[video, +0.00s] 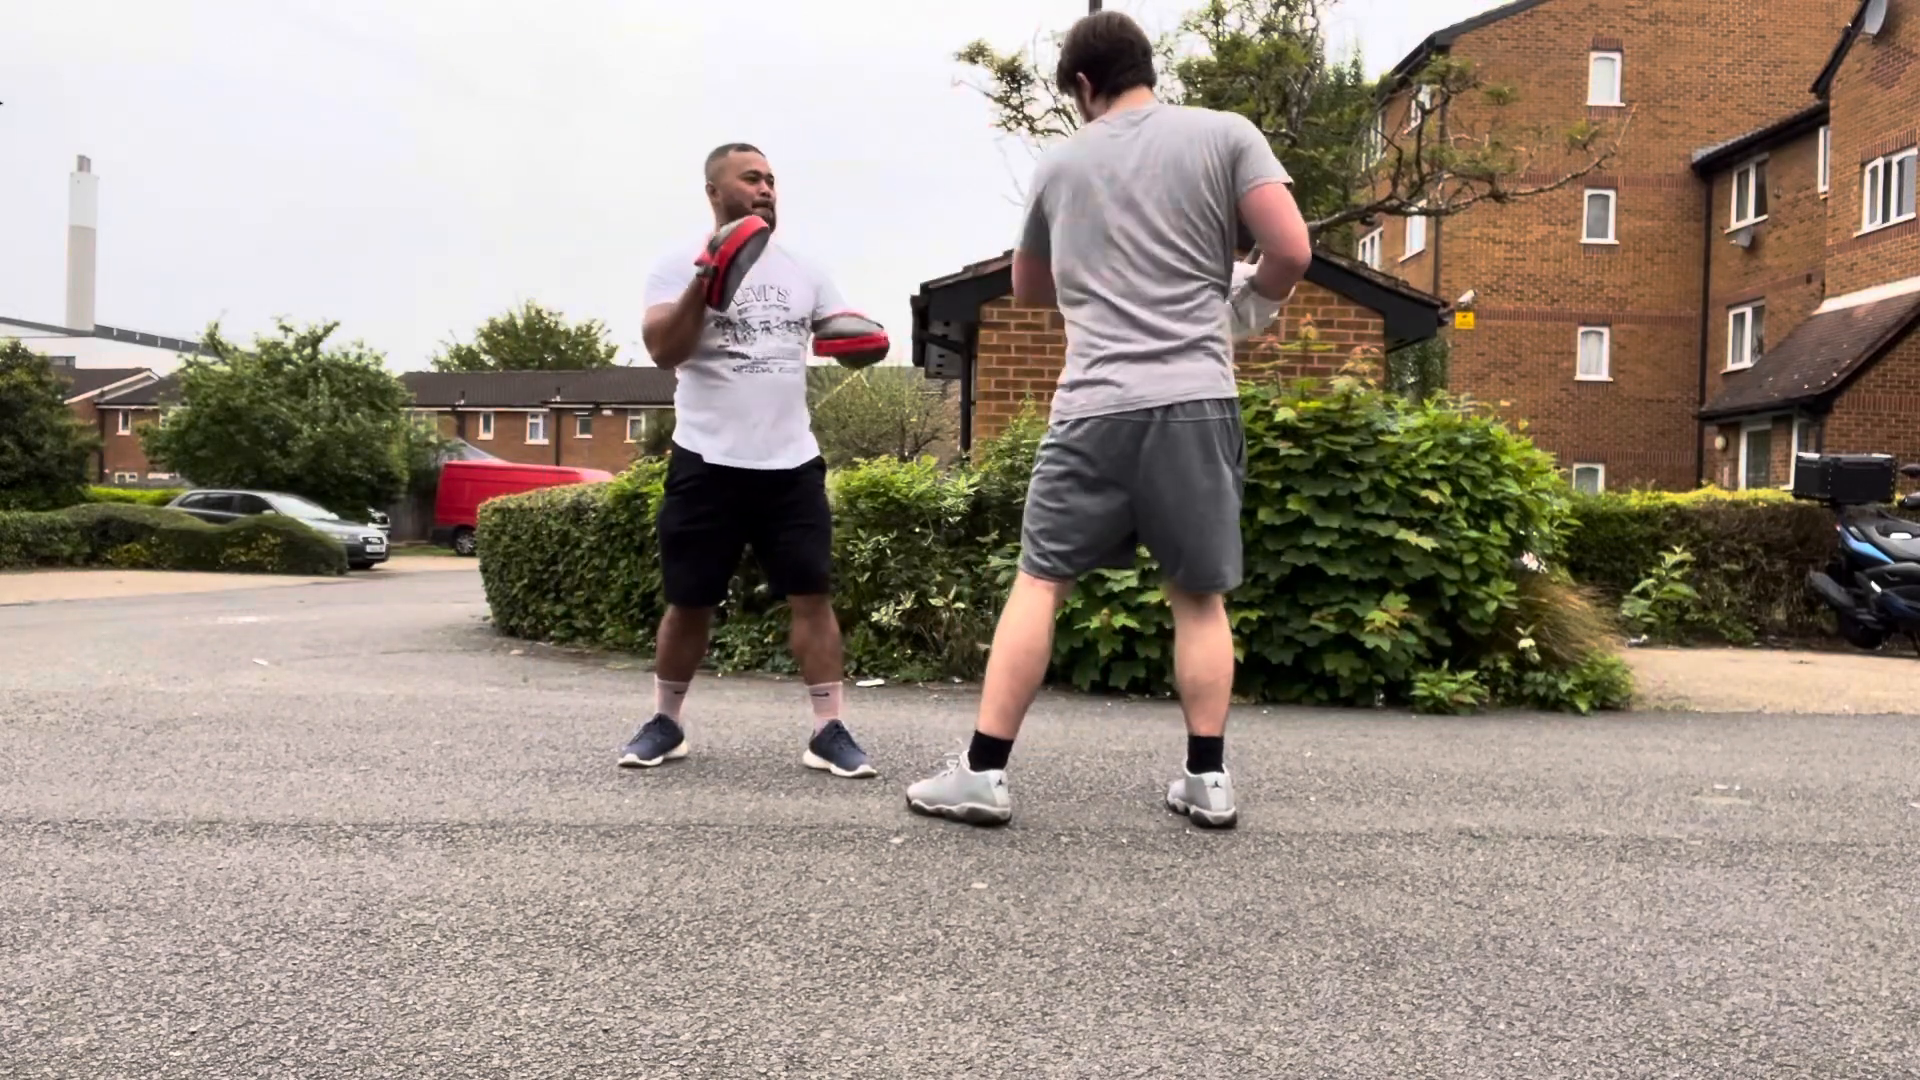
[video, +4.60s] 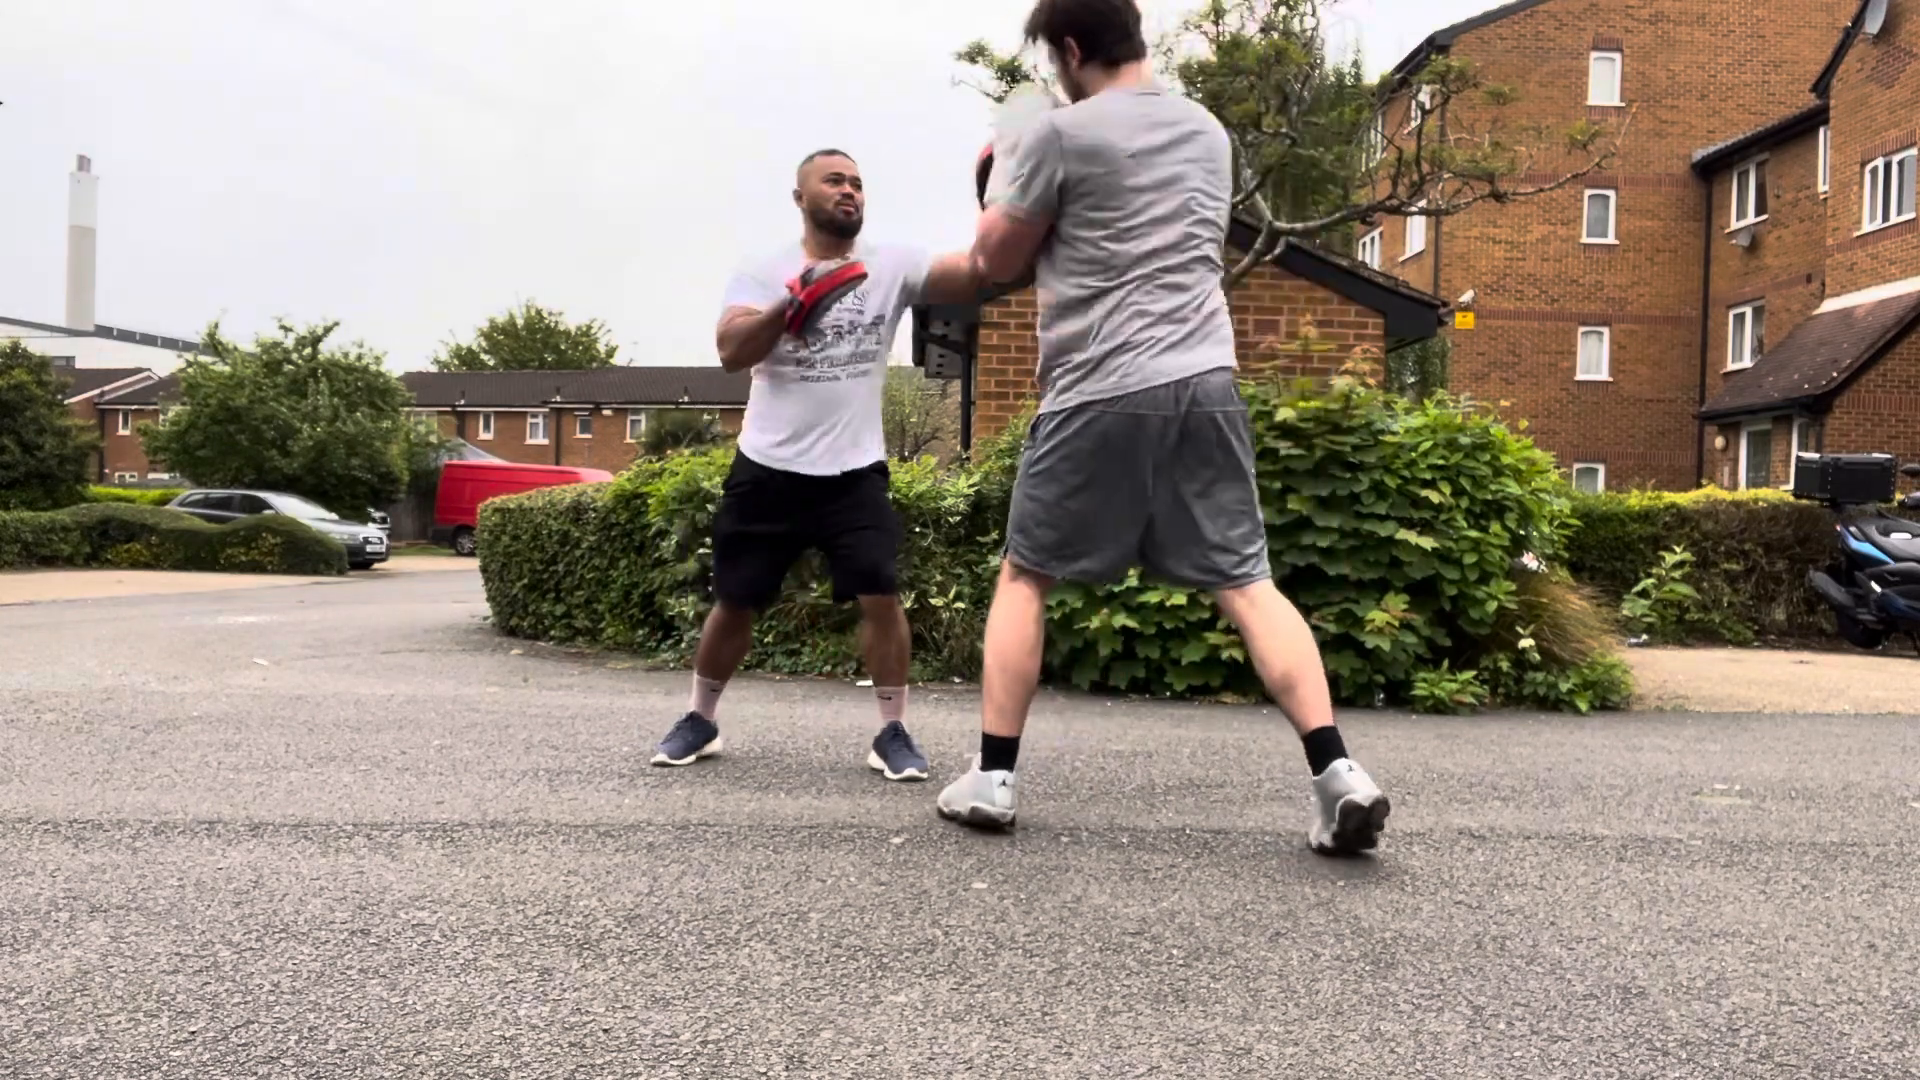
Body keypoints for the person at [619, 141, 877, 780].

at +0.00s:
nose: (767, 187)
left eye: (770, 179)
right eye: (751, 177)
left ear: (776, 195)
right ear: (713, 194)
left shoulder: (802, 268)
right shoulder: (680, 265)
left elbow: (845, 335)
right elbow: (663, 350)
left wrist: (867, 342)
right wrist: (705, 279)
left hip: (791, 459)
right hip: (705, 459)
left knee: (811, 591)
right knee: (687, 599)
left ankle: (829, 727)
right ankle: (665, 721)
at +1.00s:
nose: (765, 188)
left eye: (771, 179)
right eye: (748, 179)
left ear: (780, 194)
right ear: (713, 193)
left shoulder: (800, 265)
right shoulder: (678, 259)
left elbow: (870, 318)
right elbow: (666, 330)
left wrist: (872, 245)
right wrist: (704, 256)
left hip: (786, 461)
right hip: (700, 461)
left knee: (812, 593)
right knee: (684, 600)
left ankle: (828, 727)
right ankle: (665, 721)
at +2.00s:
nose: (812, 187)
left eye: (820, 180)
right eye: (797, 175)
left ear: (828, 199)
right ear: (760, 192)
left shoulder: (851, 269)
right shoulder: (727, 264)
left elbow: (929, 309)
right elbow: (694, 336)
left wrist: (944, 245)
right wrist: (751, 275)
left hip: (823, 469)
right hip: (735, 466)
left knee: (847, 591)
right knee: (702, 602)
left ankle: (847, 731)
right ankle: (666, 721)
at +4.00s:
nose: (792, 193)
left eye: (799, 185)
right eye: (777, 183)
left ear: (807, 200)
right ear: (743, 197)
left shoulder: (827, 268)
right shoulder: (705, 266)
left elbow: (905, 292)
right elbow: (688, 333)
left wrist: (923, 225)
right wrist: (727, 257)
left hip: (813, 464)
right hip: (727, 465)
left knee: (839, 590)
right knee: (712, 601)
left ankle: (851, 728)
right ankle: (699, 721)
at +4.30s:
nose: (810, 196)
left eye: (815, 188)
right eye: (797, 185)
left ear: (821, 204)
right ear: (765, 197)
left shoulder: (829, 282)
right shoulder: (726, 260)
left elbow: (869, 365)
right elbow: (730, 294)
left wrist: (905, 317)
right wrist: (757, 214)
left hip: (819, 462)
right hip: (736, 461)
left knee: (857, 579)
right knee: (719, 601)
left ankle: (868, 720)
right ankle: (699, 720)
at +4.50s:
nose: (828, 194)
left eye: (834, 187)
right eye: (813, 184)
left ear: (843, 201)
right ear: (778, 198)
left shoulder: (858, 278)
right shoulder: (743, 261)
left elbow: (907, 358)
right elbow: (719, 314)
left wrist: (926, 297)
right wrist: (780, 254)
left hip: (838, 464)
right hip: (753, 461)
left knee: (871, 592)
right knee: (727, 603)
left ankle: (890, 729)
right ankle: (700, 721)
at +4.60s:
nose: (849, 191)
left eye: (856, 184)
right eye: (834, 180)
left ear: (864, 202)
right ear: (799, 195)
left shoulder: (891, 265)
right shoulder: (764, 270)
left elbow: (981, 274)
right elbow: (731, 351)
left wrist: (1006, 211)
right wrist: (795, 301)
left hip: (856, 466)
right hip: (768, 464)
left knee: (881, 591)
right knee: (734, 600)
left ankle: (892, 730)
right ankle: (700, 719)